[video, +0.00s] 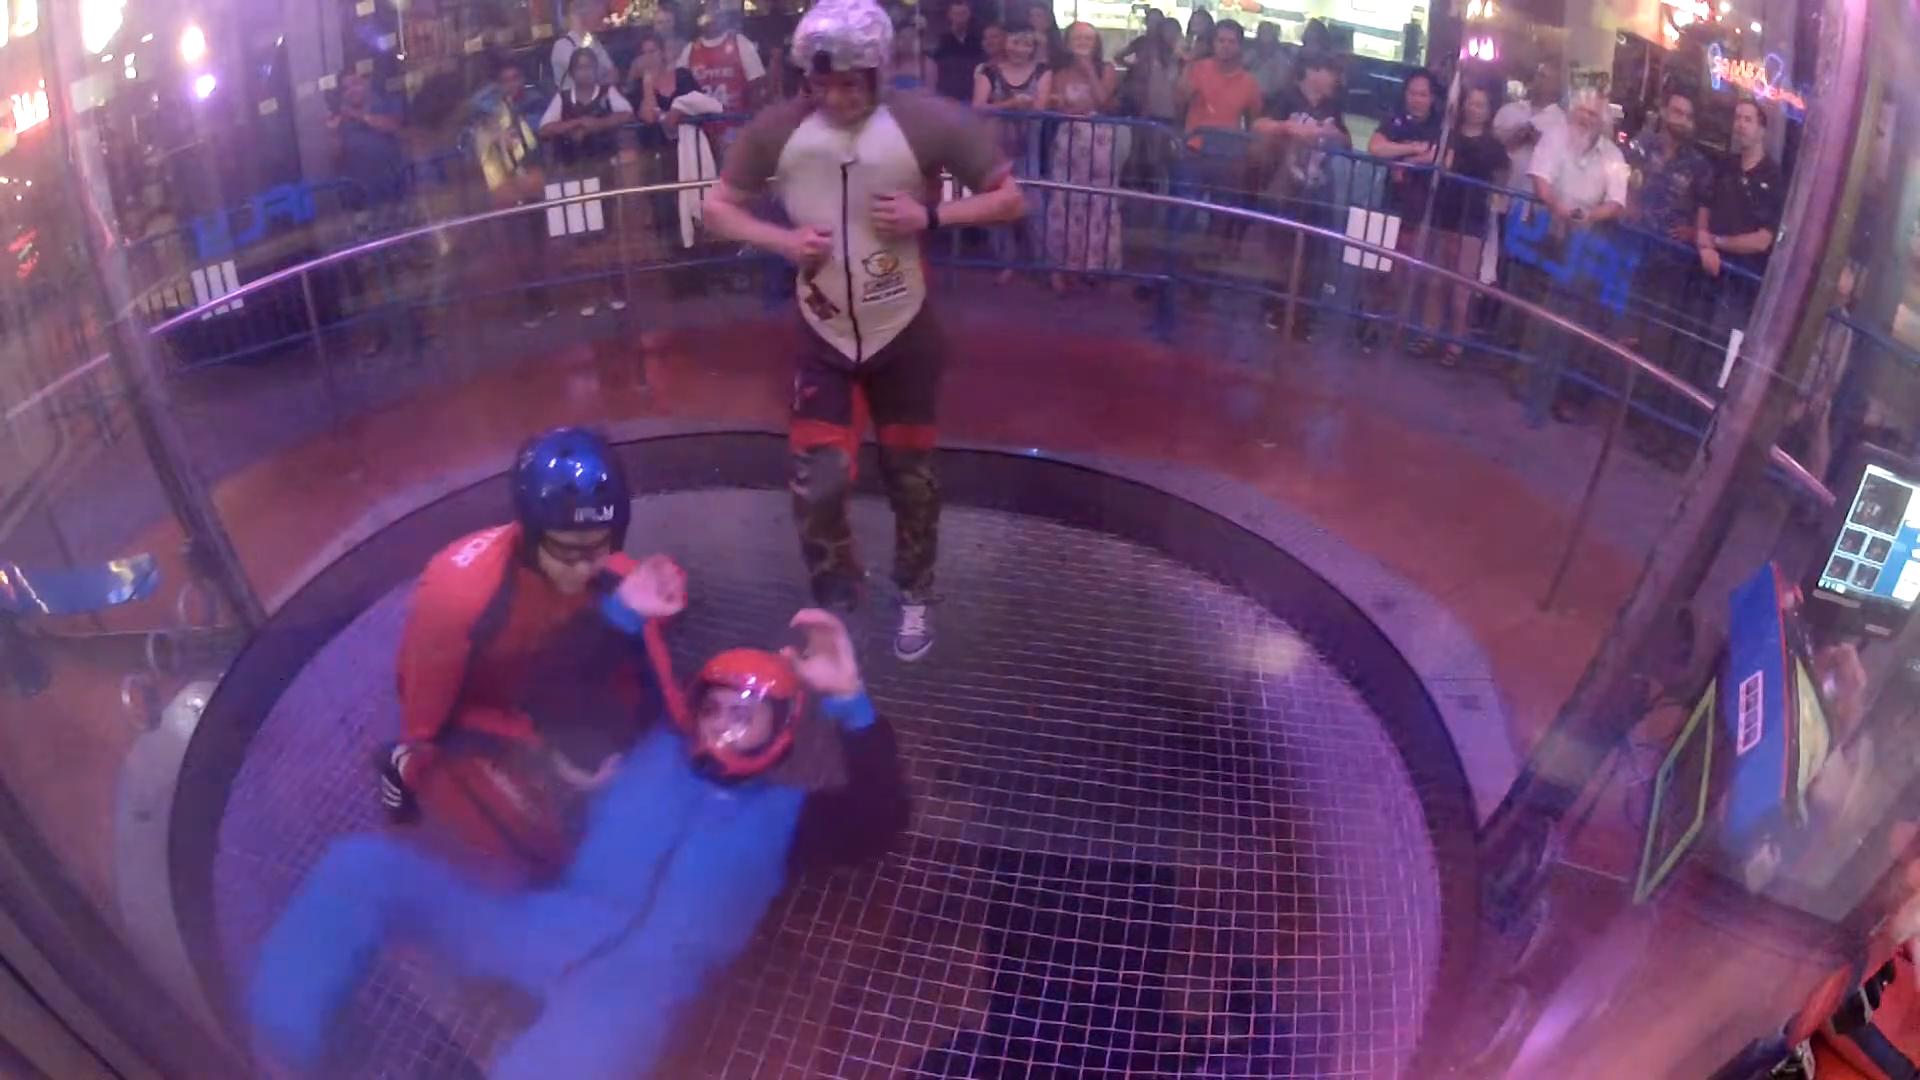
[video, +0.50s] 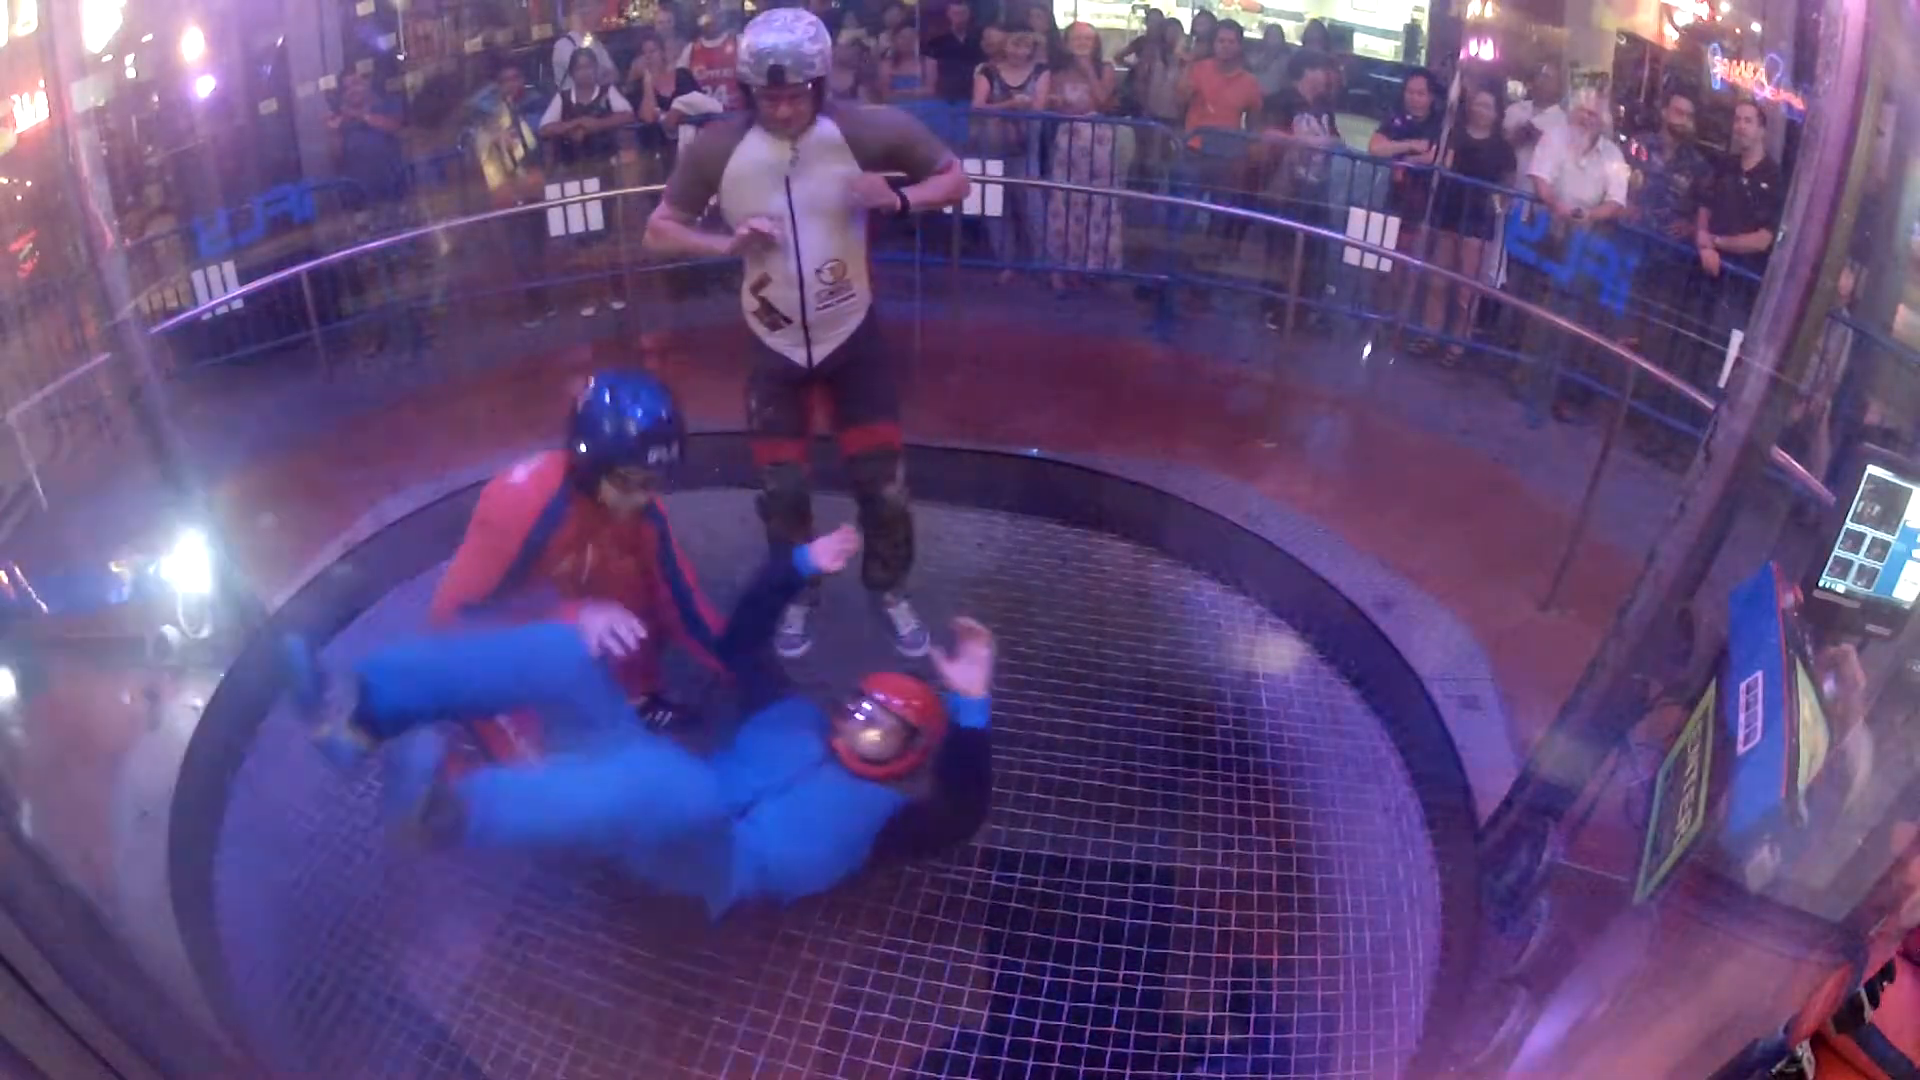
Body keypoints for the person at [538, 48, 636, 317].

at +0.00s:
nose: (584, 72)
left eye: (589, 67)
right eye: (579, 68)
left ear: (597, 70)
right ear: (571, 72)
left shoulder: (608, 92)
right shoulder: (562, 98)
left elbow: (626, 114)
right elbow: (544, 129)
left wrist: (594, 124)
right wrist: (574, 125)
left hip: (606, 170)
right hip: (573, 174)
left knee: (610, 234)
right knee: (583, 239)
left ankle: (616, 293)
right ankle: (590, 296)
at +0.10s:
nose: (584, 72)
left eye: (589, 67)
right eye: (579, 68)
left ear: (597, 70)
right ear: (571, 72)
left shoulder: (608, 92)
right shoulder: (562, 97)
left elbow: (626, 114)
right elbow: (544, 129)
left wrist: (594, 124)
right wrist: (574, 125)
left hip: (605, 170)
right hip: (573, 174)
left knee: (609, 234)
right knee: (582, 238)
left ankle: (615, 293)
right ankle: (590, 296)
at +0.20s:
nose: (584, 72)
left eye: (588, 67)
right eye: (579, 68)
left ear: (597, 70)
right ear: (571, 72)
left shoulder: (608, 92)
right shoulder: (563, 97)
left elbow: (626, 115)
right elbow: (544, 129)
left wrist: (593, 124)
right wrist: (575, 125)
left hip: (606, 169)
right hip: (573, 173)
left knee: (609, 233)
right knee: (582, 237)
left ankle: (615, 293)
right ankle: (590, 297)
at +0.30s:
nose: (584, 72)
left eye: (588, 66)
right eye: (579, 68)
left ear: (597, 69)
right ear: (571, 72)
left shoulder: (608, 92)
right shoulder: (562, 97)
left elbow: (627, 115)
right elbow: (544, 129)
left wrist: (593, 124)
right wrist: (574, 126)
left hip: (606, 170)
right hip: (573, 173)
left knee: (610, 232)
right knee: (583, 237)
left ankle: (616, 293)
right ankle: (591, 296)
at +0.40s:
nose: (584, 72)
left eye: (588, 67)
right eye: (579, 68)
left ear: (597, 70)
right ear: (571, 72)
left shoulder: (608, 92)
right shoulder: (563, 97)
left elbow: (627, 115)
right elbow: (544, 129)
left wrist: (593, 124)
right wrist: (574, 126)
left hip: (606, 170)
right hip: (573, 174)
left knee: (610, 233)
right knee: (582, 237)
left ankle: (616, 293)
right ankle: (591, 296)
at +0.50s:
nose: (584, 72)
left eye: (588, 67)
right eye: (579, 68)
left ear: (597, 70)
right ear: (571, 73)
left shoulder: (608, 92)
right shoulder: (563, 98)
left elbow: (627, 115)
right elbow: (544, 129)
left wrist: (594, 124)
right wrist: (573, 126)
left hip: (606, 170)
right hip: (573, 174)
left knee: (609, 233)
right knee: (582, 238)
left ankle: (615, 293)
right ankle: (590, 297)